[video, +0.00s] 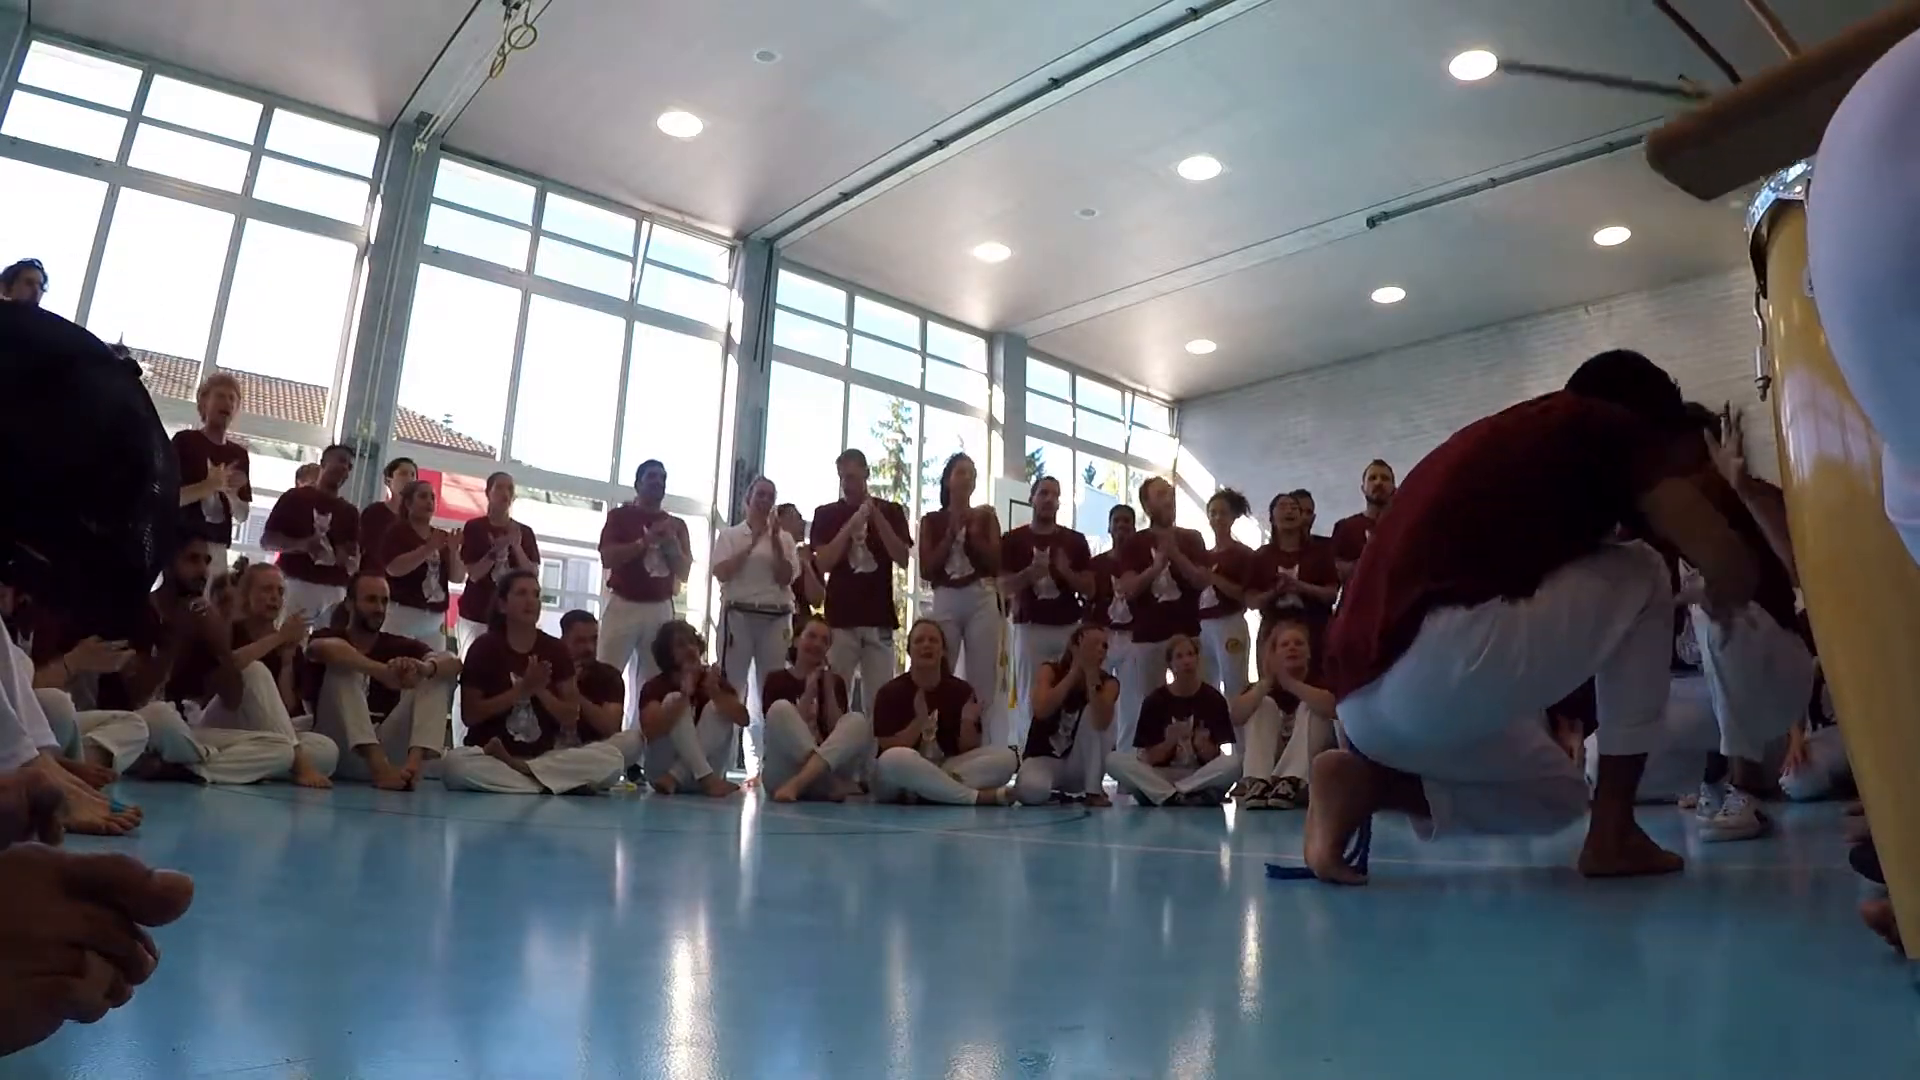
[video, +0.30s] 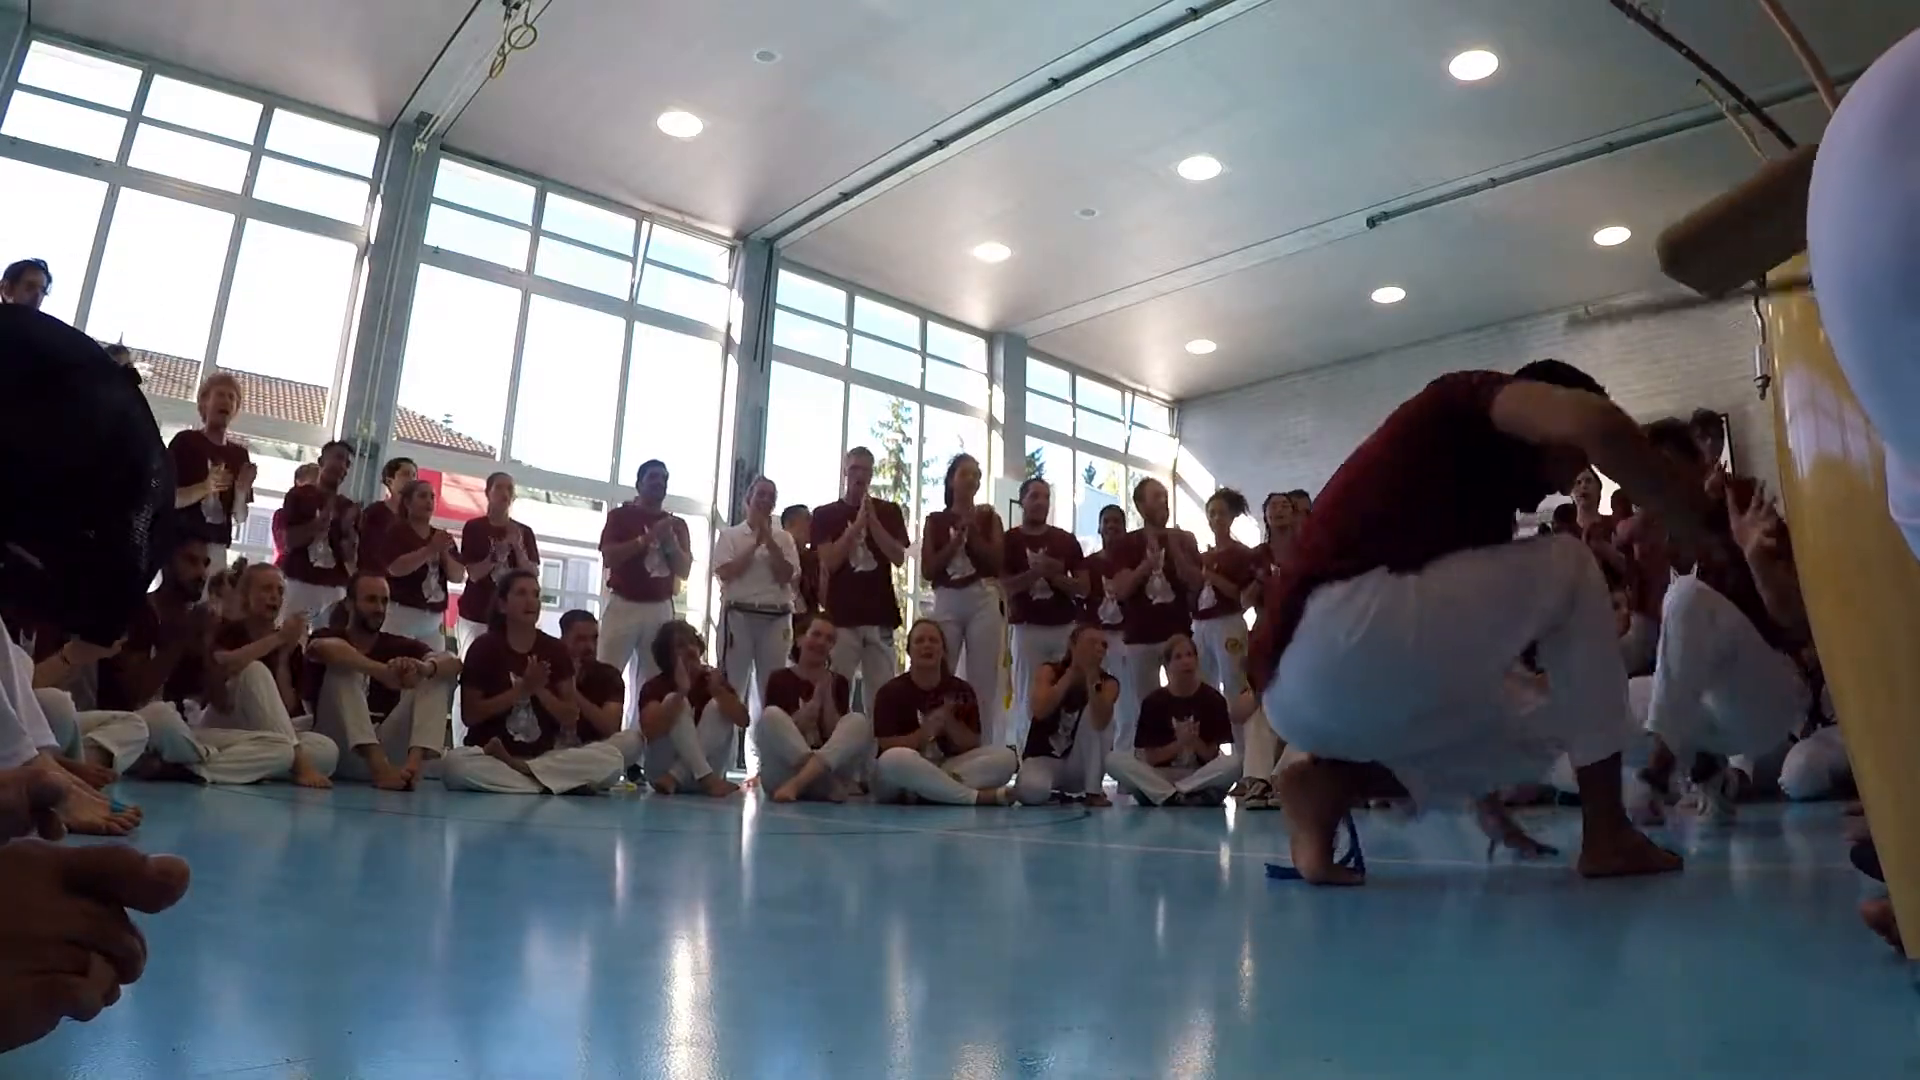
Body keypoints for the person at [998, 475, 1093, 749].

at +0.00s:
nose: (1050, 499)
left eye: (1055, 495)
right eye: (1044, 493)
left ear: (1059, 500)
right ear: (1032, 498)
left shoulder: (1075, 540)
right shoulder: (1013, 539)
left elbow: (1089, 588)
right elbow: (1004, 586)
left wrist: (1063, 570)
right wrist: (1033, 572)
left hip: (1068, 629)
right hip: (1029, 628)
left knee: (1069, 700)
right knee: (1029, 701)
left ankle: (1067, 764)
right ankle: (1028, 763)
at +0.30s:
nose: (1040, 502)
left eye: (1045, 497)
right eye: (1034, 496)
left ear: (1050, 503)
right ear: (1021, 502)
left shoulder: (1066, 539)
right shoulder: (1010, 540)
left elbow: (1084, 586)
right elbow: (1005, 585)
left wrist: (1054, 575)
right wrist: (1035, 572)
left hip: (1062, 627)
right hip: (1026, 628)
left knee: (1064, 694)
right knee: (1026, 697)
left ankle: (1064, 759)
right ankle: (1025, 760)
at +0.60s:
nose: (1037, 503)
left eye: (1042, 498)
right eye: (1031, 497)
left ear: (1047, 504)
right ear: (1017, 503)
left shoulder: (1063, 540)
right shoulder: (1005, 541)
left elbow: (1081, 587)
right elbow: (999, 587)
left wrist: (1053, 573)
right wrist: (1028, 575)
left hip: (1061, 628)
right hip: (1023, 628)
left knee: (1063, 695)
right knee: (1025, 697)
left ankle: (1063, 759)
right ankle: (1024, 762)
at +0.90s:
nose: (1040, 504)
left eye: (1045, 499)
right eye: (1033, 498)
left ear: (1049, 504)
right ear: (1019, 503)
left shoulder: (1067, 540)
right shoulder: (1005, 543)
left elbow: (1084, 587)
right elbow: (1002, 591)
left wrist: (1056, 571)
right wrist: (1033, 571)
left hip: (1065, 629)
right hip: (1027, 629)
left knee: (1067, 700)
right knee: (1027, 702)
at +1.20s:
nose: (1052, 503)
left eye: (1057, 498)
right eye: (1046, 497)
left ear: (1061, 502)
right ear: (1033, 502)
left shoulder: (1076, 539)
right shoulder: (1016, 541)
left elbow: (1094, 588)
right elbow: (1006, 590)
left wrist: (1072, 571)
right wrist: (1028, 575)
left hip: (1073, 630)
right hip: (1035, 630)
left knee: (1076, 700)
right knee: (1032, 702)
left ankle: (1075, 762)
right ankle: (1029, 762)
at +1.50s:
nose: (1065, 504)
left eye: (1070, 499)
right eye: (1060, 498)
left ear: (1076, 503)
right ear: (1049, 500)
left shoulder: (1085, 538)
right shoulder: (1030, 539)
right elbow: (1015, 586)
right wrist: (1041, 570)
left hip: (1080, 625)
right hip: (1043, 624)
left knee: (1077, 694)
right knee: (1037, 695)